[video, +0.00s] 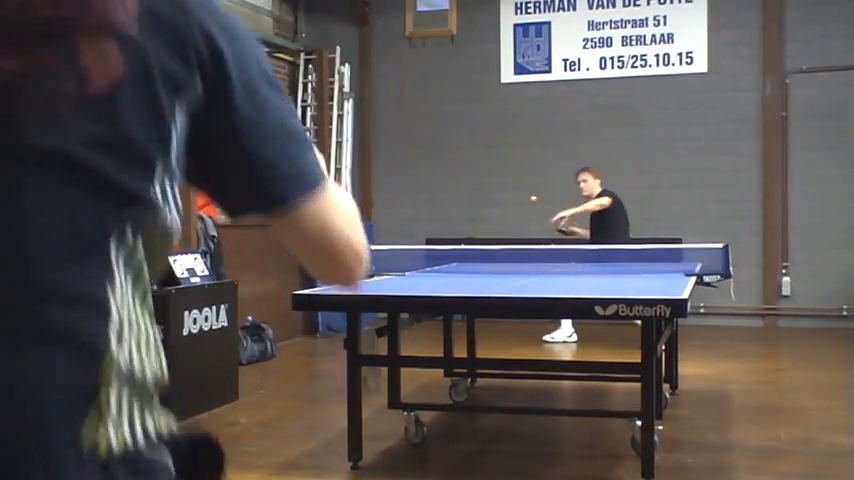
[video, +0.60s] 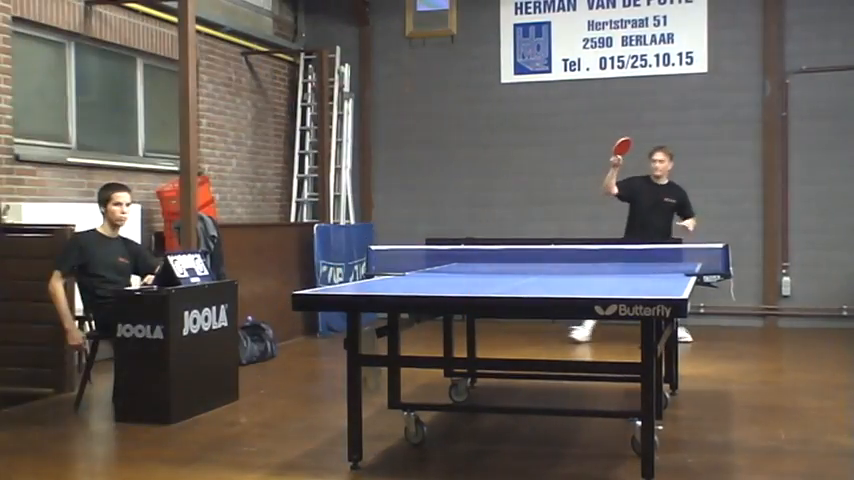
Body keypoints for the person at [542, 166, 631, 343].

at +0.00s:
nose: (581, 186)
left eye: (584, 181)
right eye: (579, 183)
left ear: (597, 181)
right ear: (578, 186)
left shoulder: (607, 195)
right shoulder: (597, 206)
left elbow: (602, 203)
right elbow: (598, 234)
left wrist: (569, 212)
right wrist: (574, 231)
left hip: (612, 256)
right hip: (604, 256)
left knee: (561, 274)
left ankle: (566, 326)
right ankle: (640, 316)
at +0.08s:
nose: (589, 176)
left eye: (593, 171)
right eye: (588, 172)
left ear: (606, 171)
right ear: (587, 176)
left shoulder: (619, 189)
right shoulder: (593, 200)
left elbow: (624, 197)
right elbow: (573, 223)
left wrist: (591, 190)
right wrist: (552, 209)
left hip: (621, 254)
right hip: (595, 254)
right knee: (562, 273)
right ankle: (566, 326)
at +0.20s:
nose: (604, 166)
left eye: (609, 163)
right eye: (602, 163)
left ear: (621, 167)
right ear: (600, 165)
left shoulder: (631, 190)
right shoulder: (591, 184)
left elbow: (664, 202)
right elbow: (566, 185)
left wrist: (649, 177)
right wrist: (574, 162)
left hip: (619, 251)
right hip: (588, 250)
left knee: (636, 270)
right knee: (565, 275)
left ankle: (655, 326)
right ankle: (565, 328)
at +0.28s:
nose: (616, 169)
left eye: (621, 166)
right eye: (614, 165)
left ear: (631, 170)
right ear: (610, 168)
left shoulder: (636, 198)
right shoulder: (598, 184)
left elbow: (662, 221)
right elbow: (577, 177)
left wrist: (667, 202)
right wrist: (585, 151)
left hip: (622, 252)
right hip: (589, 249)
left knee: (650, 284)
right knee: (568, 281)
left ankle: (668, 327)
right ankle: (564, 329)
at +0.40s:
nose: (631, 176)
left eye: (636, 173)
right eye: (628, 172)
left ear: (645, 177)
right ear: (624, 174)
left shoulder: (648, 206)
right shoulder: (612, 191)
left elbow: (655, 234)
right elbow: (589, 186)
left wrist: (669, 231)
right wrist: (600, 161)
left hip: (632, 256)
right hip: (600, 253)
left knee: (665, 281)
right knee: (575, 281)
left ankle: (672, 326)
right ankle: (565, 328)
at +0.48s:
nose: (642, 176)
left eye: (647, 173)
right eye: (640, 172)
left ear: (657, 177)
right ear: (636, 174)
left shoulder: (660, 204)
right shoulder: (622, 192)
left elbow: (668, 232)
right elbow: (597, 192)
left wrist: (679, 235)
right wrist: (608, 168)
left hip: (645, 257)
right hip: (613, 254)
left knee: (670, 285)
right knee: (587, 286)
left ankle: (674, 327)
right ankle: (567, 329)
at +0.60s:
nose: (656, 165)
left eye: (661, 161)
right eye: (653, 161)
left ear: (670, 165)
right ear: (649, 164)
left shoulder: (677, 192)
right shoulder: (636, 184)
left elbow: (690, 219)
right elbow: (609, 189)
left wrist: (687, 224)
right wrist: (614, 169)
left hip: (662, 251)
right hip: (631, 249)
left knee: (674, 285)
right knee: (609, 283)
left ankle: (675, 325)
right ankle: (588, 325)